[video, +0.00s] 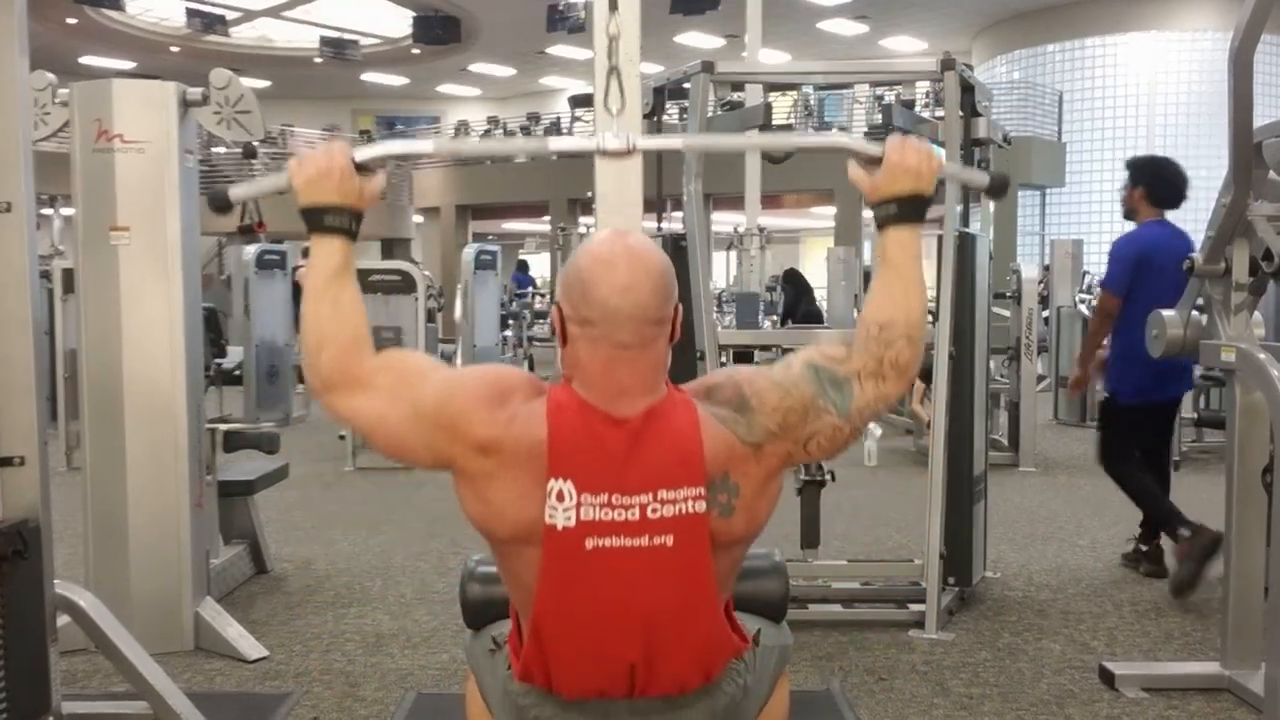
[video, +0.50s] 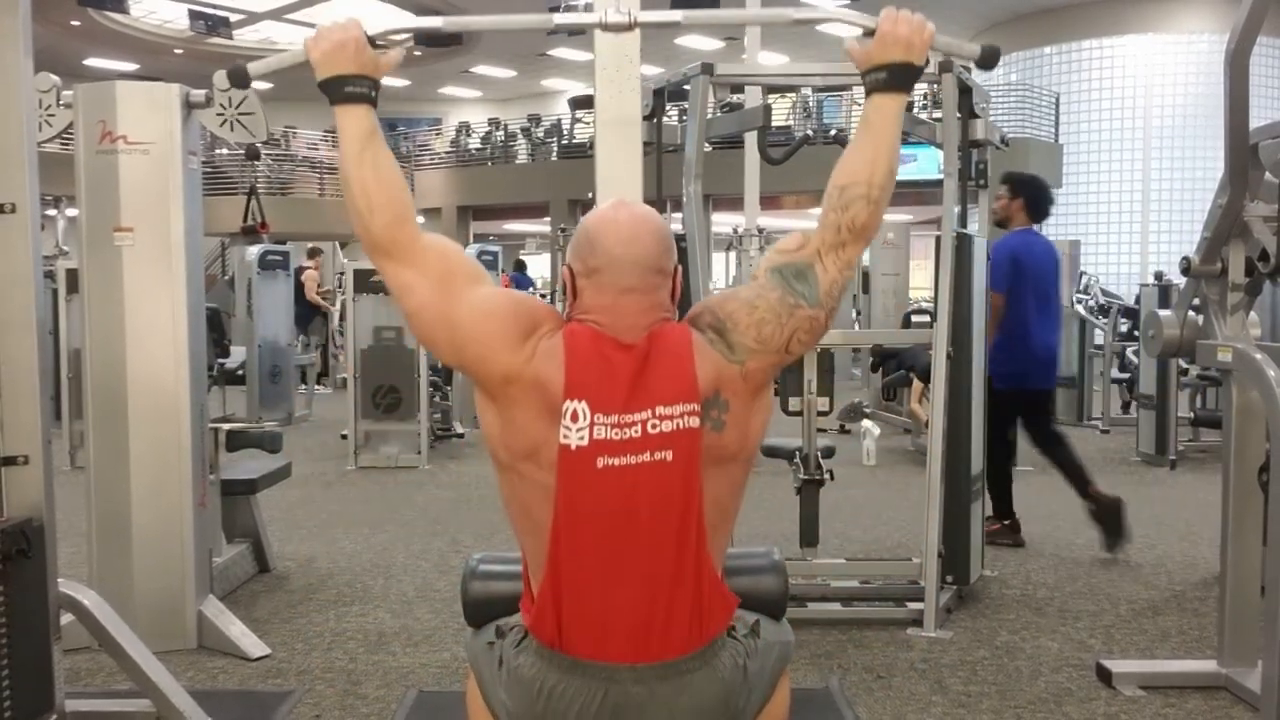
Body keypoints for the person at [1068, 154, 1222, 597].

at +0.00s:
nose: (1124, 193)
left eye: (1128, 186)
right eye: (1127, 186)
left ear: (1141, 193)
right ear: (1164, 197)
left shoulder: (1130, 245)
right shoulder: (1182, 243)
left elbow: (1106, 310)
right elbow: (1180, 306)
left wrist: (1083, 365)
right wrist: (1125, 349)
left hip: (1132, 375)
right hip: (1171, 373)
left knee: (1115, 457)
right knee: (1156, 456)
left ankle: (1188, 534)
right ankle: (1149, 547)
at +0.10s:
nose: (1098, 189)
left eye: (1104, 182)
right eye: (1102, 182)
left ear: (1121, 188)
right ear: (1134, 191)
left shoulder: (1112, 237)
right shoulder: (1157, 235)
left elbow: (1093, 301)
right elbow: (1158, 299)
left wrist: (1066, 356)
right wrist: (1074, 336)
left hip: (1111, 367)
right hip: (1152, 366)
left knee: (1080, 438)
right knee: (1150, 454)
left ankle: (1133, 523)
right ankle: (1152, 550)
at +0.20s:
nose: (1073, 194)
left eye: (1079, 187)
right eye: (1076, 187)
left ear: (1097, 193)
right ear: (1107, 196)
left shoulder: (1088, 237)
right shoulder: (1130, 239)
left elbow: (1078, 297)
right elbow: (1098, 302)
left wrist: (1052, 358)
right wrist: (1042, 313)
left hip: (1088, 364)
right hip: (1129, 364)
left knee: (1055, 435)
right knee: (1139, 450)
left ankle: (1072, 530)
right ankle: (1145, 542)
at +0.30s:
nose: (1048, 202)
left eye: (1054, 196)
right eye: (1051, 196)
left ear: (1073, 203)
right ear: (1082, 205)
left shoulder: (1061, 246)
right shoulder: (1100, 246)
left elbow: (1055, 305)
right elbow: (1073, 307)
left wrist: (1033, 363)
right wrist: (1017, 310)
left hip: (1068, 368)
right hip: (1107, 365)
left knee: (1040, 447)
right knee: (1123, 451)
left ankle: (1013, 517)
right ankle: (1141, 536)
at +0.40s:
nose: (1021, 205)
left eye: (1028, 199)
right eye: (1024, 199)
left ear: (1046, 204)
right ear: (1053, 207)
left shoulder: (1032, 249)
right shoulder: (1071, 248)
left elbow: (1025, 311)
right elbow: (1055, 308)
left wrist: (1009, 368)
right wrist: (1003, 321)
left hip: (1038, 367)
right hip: (1076, 367)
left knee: (1013, 441)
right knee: (1097, 443)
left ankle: (1006, 520)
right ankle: (1133, 528)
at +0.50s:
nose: (995, 203)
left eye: (1002, 198)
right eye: (998, 197)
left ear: (1019, 205)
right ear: (1029, 208)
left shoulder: (1005, 247)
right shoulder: (1048, 249)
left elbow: (995, 304)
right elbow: (1050, 305)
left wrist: (981, 345)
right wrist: (1039, 343)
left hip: (1006, 358)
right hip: (1043, 358)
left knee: (998, 437)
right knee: (1042, 429)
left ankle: (1004, 520)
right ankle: (1097, 500)